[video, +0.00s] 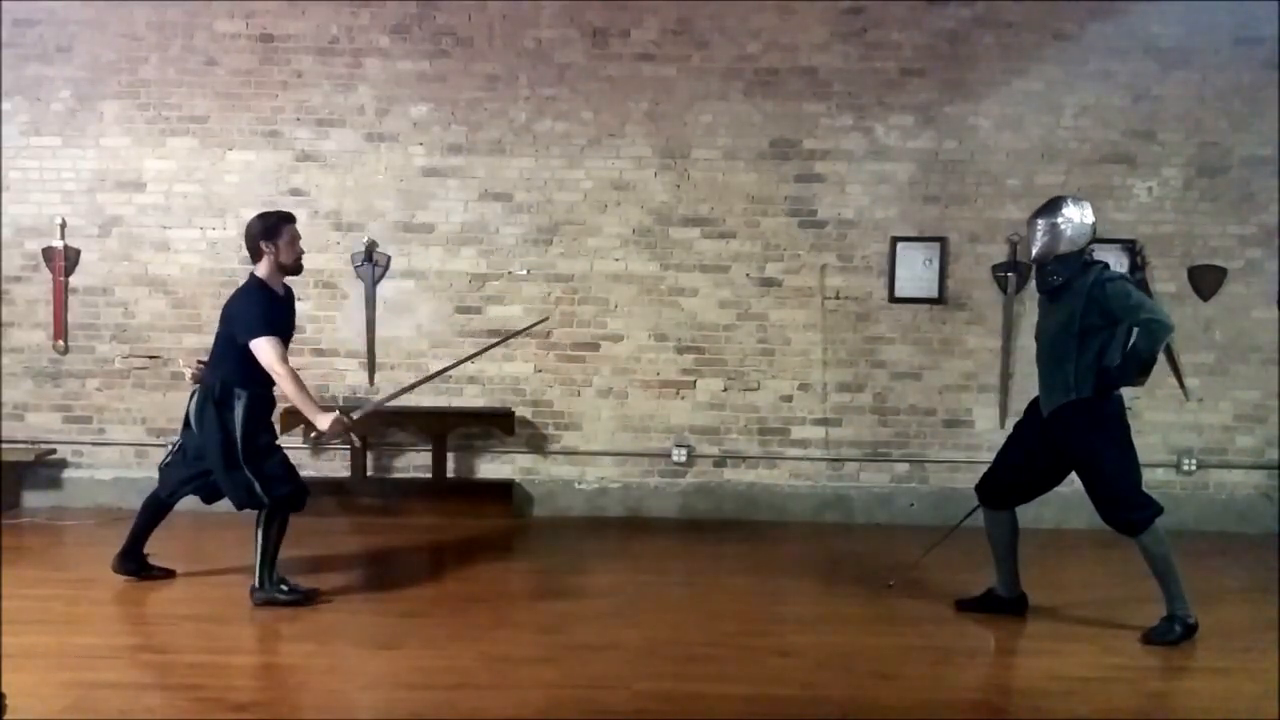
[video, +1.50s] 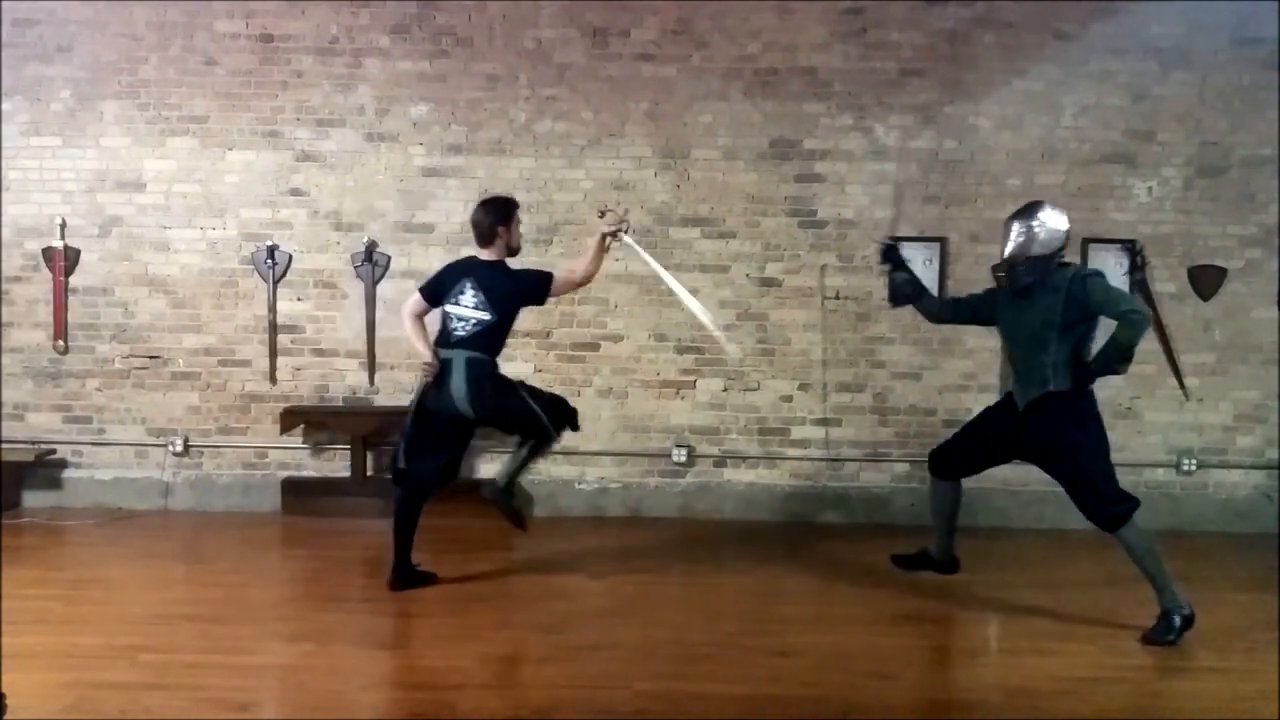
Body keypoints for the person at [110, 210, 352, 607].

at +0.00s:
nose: (302, 247)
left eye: (299, 239)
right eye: (294, 241)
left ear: (272, 249)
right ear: (268, 249)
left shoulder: (282, 295)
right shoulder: (251, 303)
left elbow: (249, 349)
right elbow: (279, 368)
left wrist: (213, 368)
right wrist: (318, 416)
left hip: (230, 409)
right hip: (228, 414)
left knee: (174, 483)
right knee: (281, 490)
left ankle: (129, 555)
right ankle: (266, 583)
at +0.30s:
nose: (343, 239)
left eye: (340, 231)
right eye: (337, 233)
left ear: (307, 241)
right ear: (314, 240)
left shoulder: (284, 280)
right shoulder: (303, 291)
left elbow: (253, 322)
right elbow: (312, 375)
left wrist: (230, 354)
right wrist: (369, 408)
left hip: (232, 388)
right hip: (261, 396)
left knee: (245, 484)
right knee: (293, 489)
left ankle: (217, 565)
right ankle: (268, 583)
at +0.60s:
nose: (378, 238)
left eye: (374, 230)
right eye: (372, 231)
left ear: (336, 240)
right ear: (355, 240)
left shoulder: (309, 275)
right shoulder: (355, 296)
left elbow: (267, 317)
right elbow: (366, 377)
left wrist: (266, 359)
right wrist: (419, 384)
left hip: (280, 390)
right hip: (308, 395)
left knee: (333, 487)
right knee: (313, 492)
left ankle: (376, 567)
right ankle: (269, 582)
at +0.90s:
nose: (423, 229)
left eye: (419, 222)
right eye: (417, 223)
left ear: (379, 230)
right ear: (402, 230)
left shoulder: (359, 269)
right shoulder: (409, 284)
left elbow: (322, 317)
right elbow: (466, 334)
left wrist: (329, 358)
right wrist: (514, 311)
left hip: (345, 381)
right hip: (375, 384)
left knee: (377, 474)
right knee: (411, 473)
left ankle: (398, 568)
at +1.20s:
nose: (469, 226)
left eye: (466, 219)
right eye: (465, 220)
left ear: (428, 228)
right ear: (451, 227)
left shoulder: (399, 263)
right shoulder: (459, 273)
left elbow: (360, 306)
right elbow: (536, 275)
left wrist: (367, 351)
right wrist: (592, 262)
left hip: (382, 383)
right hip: (415, 378)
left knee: (391, 477)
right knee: (499, 379)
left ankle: (398, 569)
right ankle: (450, 449)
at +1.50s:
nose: (521, 231)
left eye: (518, 224)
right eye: (517, 225)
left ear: (482, 233)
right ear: (502, 232)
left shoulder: (455, 270)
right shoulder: (514, 282)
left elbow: (411, 311)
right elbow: (580, 276)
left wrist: (426, 354)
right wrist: (602, 237)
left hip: (439, 390)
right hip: (479, 387)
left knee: (415, 476)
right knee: (554, 415)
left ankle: (401, 568)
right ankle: (504, 485)